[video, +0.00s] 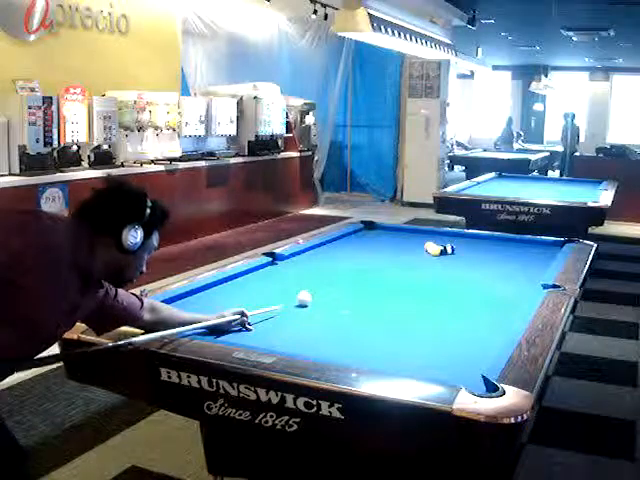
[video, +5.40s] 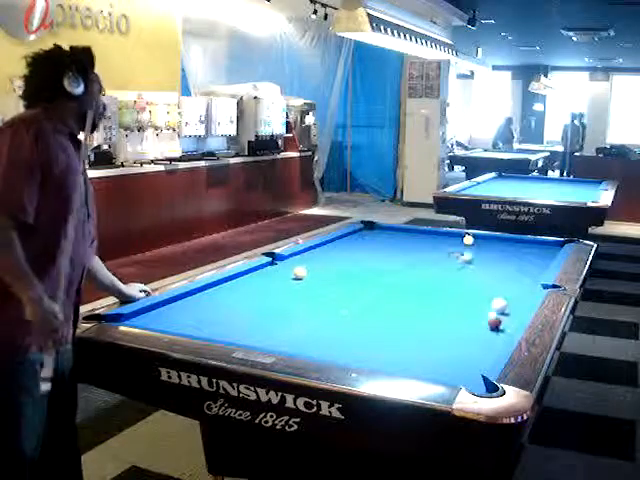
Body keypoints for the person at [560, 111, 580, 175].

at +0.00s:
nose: (569, 120)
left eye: (571, 118)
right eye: (567, 118)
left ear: (573, 118)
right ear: (566, 118)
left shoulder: (576, 127)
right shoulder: (565, 126)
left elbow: (577, 136)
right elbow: (562, 135)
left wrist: (577, 144)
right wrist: (563, 143)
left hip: (573, 146)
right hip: (566, 145)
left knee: (570, 157)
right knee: (563, 157)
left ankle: (569, 172)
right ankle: (562, 171)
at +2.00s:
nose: (572, 119)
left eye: (573, 117)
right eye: (571, 117)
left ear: (574, 118)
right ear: (569, 117)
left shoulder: (576, 127)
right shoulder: (565, 126)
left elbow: (578, 137)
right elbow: (562, 135)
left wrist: (577, 145)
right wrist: (563, 142)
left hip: (573, 146)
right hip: (565, 146)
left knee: (571, 160)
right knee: (563, 160)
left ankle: (569, 173)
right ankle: (561, 173)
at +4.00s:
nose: (570, 119)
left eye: (572, 117)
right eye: (569, 117)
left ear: (574, 118)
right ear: (567, 118)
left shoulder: (576, 126)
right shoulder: (565, 126)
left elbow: (578, 136)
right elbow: (563, 135)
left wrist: (577, 144)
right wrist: (563, 142)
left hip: (573, 145)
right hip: (566, 145)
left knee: (571, 159)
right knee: (564, 158)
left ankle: (570, 172)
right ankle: (562, 172)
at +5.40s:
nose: (572, 119)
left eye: (574, 117)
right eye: (572, 117)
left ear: (575, 118)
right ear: (570, 117)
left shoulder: (577, 127)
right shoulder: (566, 126)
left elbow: (579, 136)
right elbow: (563, 134)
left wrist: (578, 145)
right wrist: (563, 142)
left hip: (573, 146)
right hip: (566, 145)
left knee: (571, 160)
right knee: (563, 160)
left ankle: (569, 173)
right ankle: (561, 173)